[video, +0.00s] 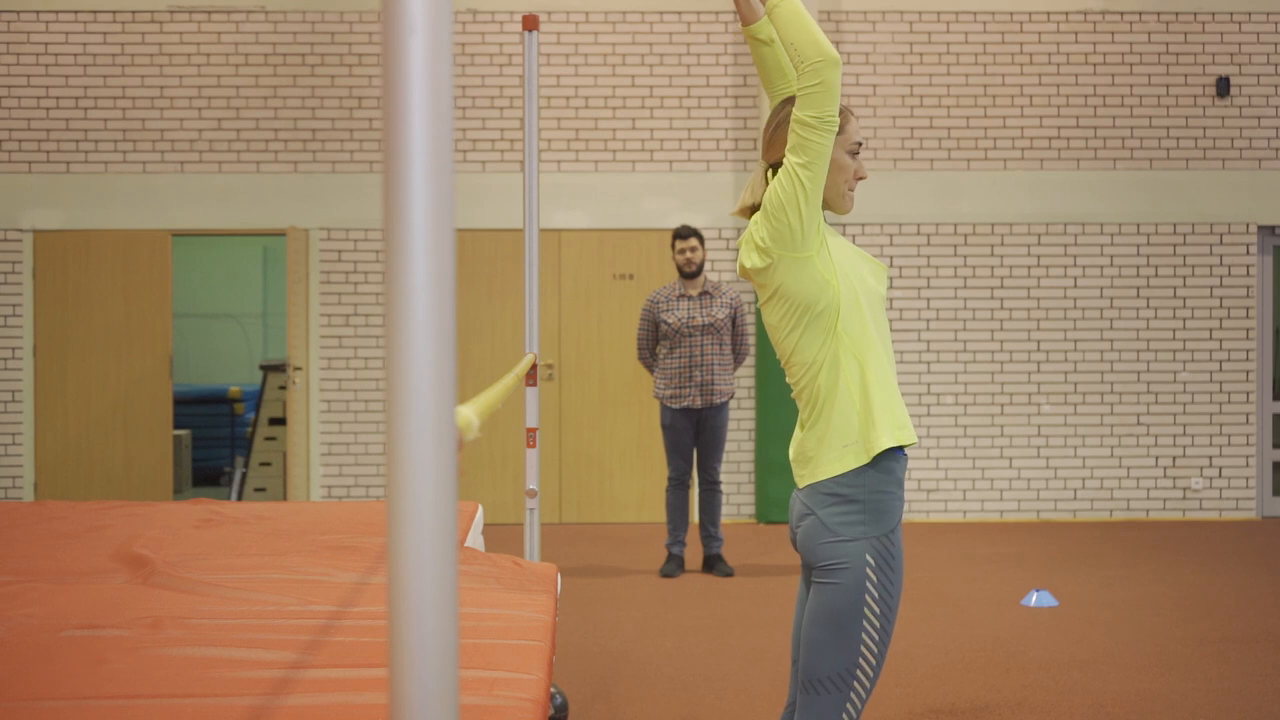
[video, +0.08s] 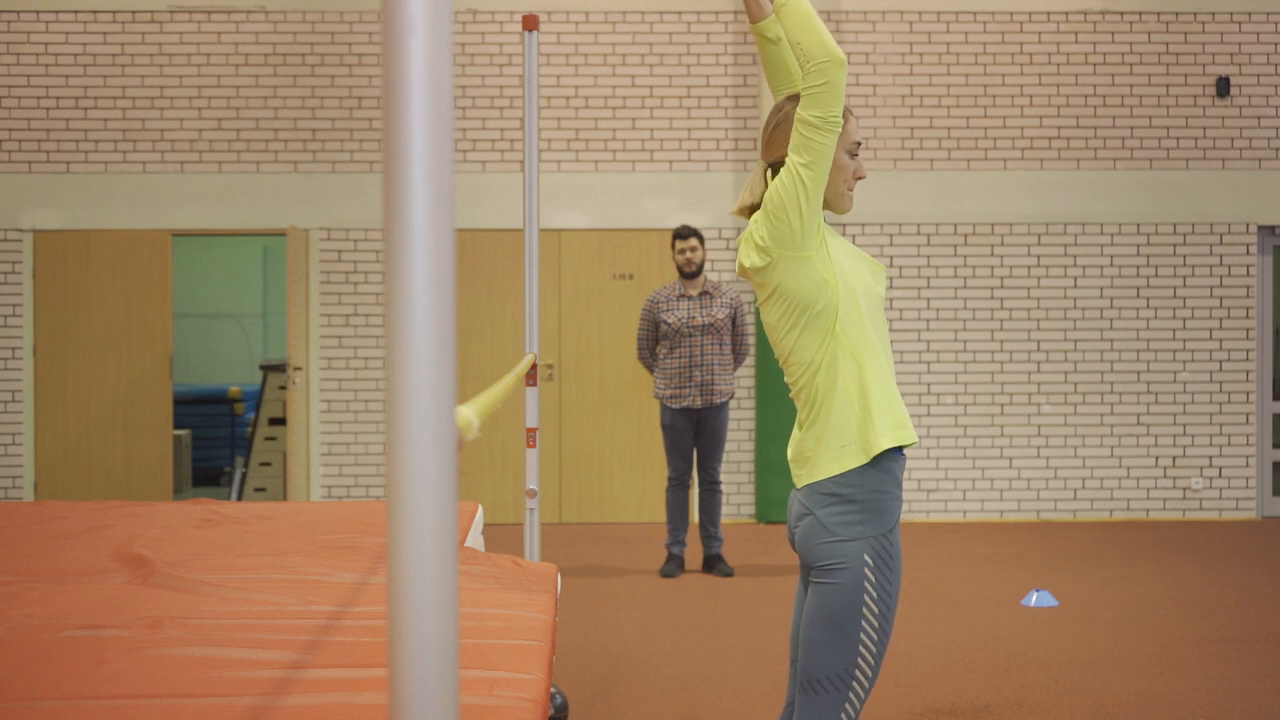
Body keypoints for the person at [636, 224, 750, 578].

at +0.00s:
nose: (687, 256)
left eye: (693, 250)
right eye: (681, 251)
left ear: (704, 253)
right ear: (673, 257)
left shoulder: (729, 297)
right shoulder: (659, 300)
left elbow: (742, 348)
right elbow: (645, 351)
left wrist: (718, 373)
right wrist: (670, 377)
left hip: (716, 402)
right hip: (675, 403)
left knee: (710, 479)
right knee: (678, 477)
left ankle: (713, 553)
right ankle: (675, 552)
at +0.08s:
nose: (687, 256)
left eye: (693, 250)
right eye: (681, 251)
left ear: (704, 253)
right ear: (673, 257)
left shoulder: (729, 297)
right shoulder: (659, 300)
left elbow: (742, 348)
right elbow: (645, 351)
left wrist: (718, 373)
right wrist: (670, 377)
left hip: (716, 402)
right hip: (675, 403)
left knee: (710, 479)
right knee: (678, 477)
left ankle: (713, 553)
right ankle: (675, 552)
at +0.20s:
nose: (687, 256)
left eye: (693, 250)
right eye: (681, 251)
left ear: (704, 253)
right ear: (673, 257)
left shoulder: (729, 297)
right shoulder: (658, 300)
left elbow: (742, 348)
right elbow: (645, 351)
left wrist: (718, 373)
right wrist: (670, 377)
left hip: (716, 402)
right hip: (675, 403)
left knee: (710, 479)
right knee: (678, 477)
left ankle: (713, 553)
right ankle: (675, 553)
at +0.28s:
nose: (687, 256)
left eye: (693, 249)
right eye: (681, 251)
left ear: (704, 253)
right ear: (673, 257)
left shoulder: (729, 297)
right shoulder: (659, 300)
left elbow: (742, 348)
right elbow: (645, 351)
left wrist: (718, 373)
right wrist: (670, 377)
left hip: (716, 402)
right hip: (675, 403)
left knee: (710, 479)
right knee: (678, 477)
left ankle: (713, 553)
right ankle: (675, 552)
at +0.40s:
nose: (687, 256)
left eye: (693, 249)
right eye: (681, 251)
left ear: (704, 253)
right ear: (673, 257)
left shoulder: (729, 297)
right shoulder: (658, 300)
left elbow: (742, 349)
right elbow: (645, 351)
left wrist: (717, 372)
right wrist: (671, 376)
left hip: (716, 402)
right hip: (674, 403)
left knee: (710, 479)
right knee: (679, 477)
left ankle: (713, 553)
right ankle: (674, 553)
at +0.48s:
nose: (688, 256)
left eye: (693, 249)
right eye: (681, 251)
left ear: (705, 253)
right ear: (673, 257)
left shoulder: (729, 297)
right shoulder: (658, 300)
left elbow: (742, 349)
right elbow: (645, 351)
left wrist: (718, 373)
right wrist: (670, 377)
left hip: (716, 402)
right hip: (674, 403)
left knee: (710, 479)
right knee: (679, 477)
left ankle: (713, 553)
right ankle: (675, 553)